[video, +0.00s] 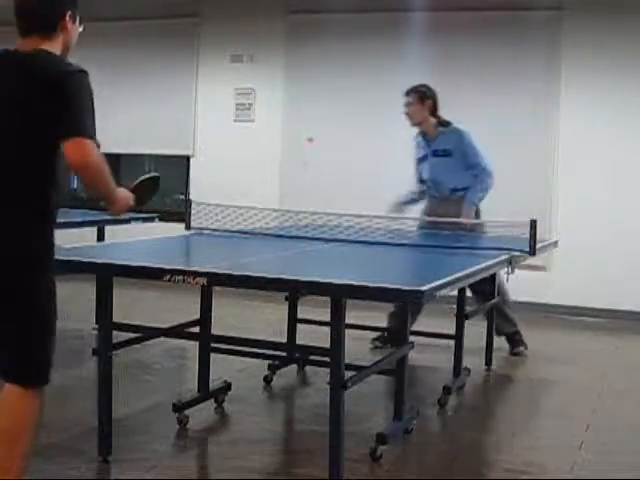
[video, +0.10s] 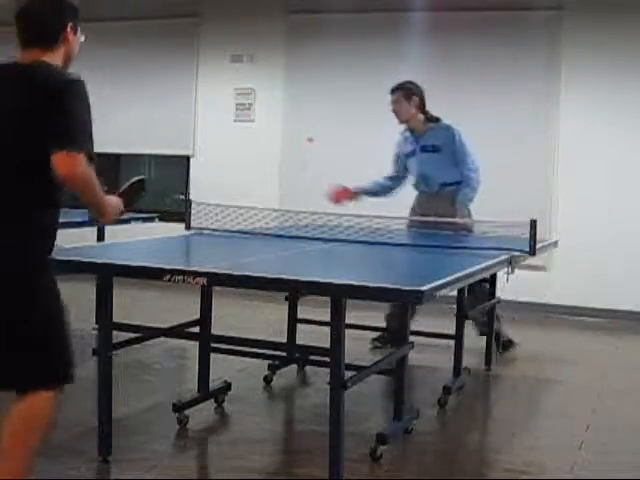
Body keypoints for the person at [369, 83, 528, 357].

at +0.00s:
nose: (406, 111)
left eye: (411, 105)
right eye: (406, 106)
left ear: (428, 106)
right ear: (417, 109)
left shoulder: (457, 137)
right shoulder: (420, 142)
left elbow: (484, 175)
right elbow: (426, 186)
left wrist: (470, 203)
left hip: (462, 207)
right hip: (435, 206)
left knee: (480, 273)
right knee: (418, 267)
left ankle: (512, 333)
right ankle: (396, 331)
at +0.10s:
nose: (393, 111)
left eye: (397, 105)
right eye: (392, 105)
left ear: (415, 103)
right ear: (407, 105)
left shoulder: (448, 134)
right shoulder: (406, 142)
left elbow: (471, 173)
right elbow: (394, 180)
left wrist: (461, 206)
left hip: (451, 202)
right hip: (423, 202)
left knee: (466, 268)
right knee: (412, 265)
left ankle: (494, 331)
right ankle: (394, 332)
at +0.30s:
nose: (386, 102)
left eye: (391, 95)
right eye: (385, 96)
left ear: (409, 95)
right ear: (387, 99)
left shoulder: (437, 126)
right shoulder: (391, 132)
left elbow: (458, 164)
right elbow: (367, 162)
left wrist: (445, 196)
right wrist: (328, 165)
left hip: (435, 200)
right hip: (406, 200)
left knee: (443, 262)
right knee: (402, 262)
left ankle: (452, 330)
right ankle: (396, 330)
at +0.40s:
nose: (389, 97)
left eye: (393, 90)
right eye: (386, 92)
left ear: (409, 91)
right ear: (385, 96)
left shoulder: (434, 124)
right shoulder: (385, 129)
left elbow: (451, 163)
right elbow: (366, 164)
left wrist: (442, 197)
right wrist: (350, 161)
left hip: (428, 196)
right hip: (398, 197)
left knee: (434, 263)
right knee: (395, 263)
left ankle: (441, 332)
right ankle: (394, 332)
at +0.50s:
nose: (393, 95)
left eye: (398, 89)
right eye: (389, 91)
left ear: (412, 90)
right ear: (385, 95)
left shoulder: (432, 125)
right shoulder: (381, 128)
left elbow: (442, 166)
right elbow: (373, 161)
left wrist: (442, 196)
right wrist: (381, 167)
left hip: (424, 195)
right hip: (394, 195)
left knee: (428, 261)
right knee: (391, 261)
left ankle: (434, 332)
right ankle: (393, 332)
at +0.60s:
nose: (395, 94)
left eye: (400, 89)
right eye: (390, 90)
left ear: (412, 91)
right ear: (386, 95)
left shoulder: (428, 126)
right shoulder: (380, 130)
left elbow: (437, 166)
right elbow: (384, 170)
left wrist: (441, 200)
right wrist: (418, 179)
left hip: (421, 197)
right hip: (392, 197)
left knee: (426, 261)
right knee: (388, 262)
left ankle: (431, 331)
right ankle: (386, 331)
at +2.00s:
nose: (396, 104)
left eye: (400, 98)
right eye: (391, 100)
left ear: (411, 101)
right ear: (388, 105)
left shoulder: (428, 132)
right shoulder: (395, 138)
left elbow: (442, 172)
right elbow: (390, 177)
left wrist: (445, 212)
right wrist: (386, 211)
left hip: (424, 193)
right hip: (402, 194)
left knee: (425, 250)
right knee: (403, 249)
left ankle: (430, 310)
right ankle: (406, 305)